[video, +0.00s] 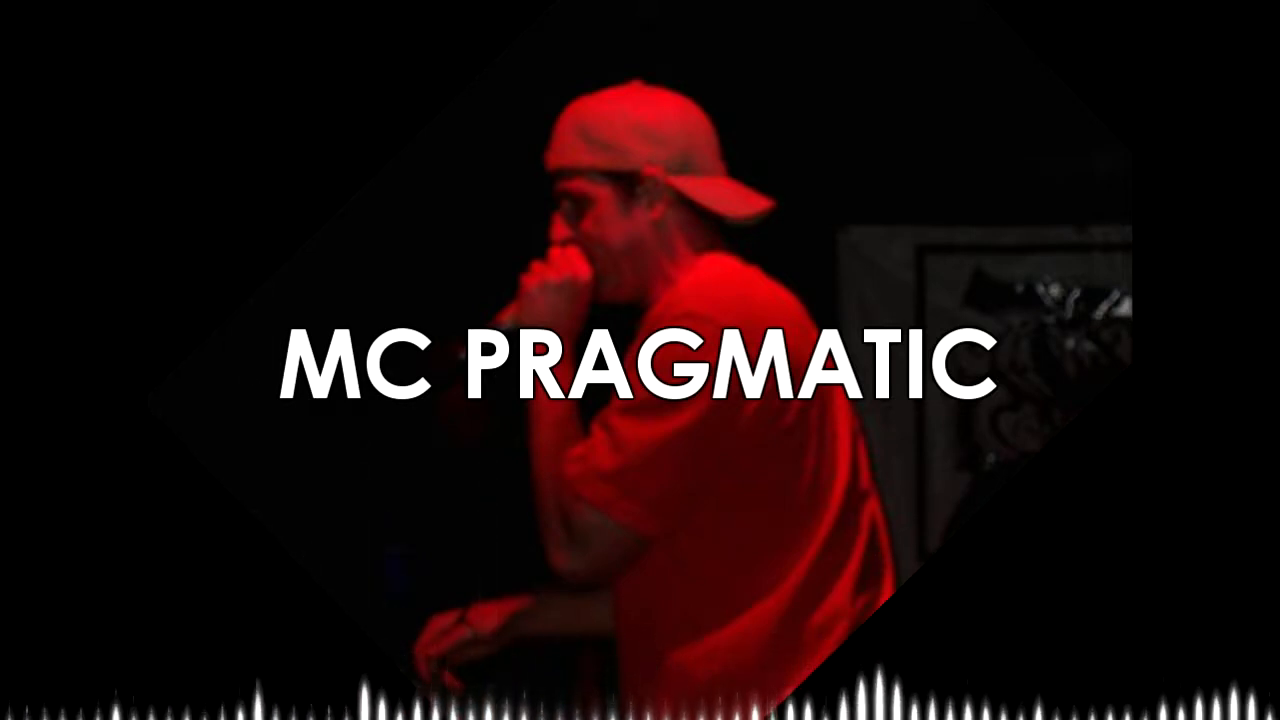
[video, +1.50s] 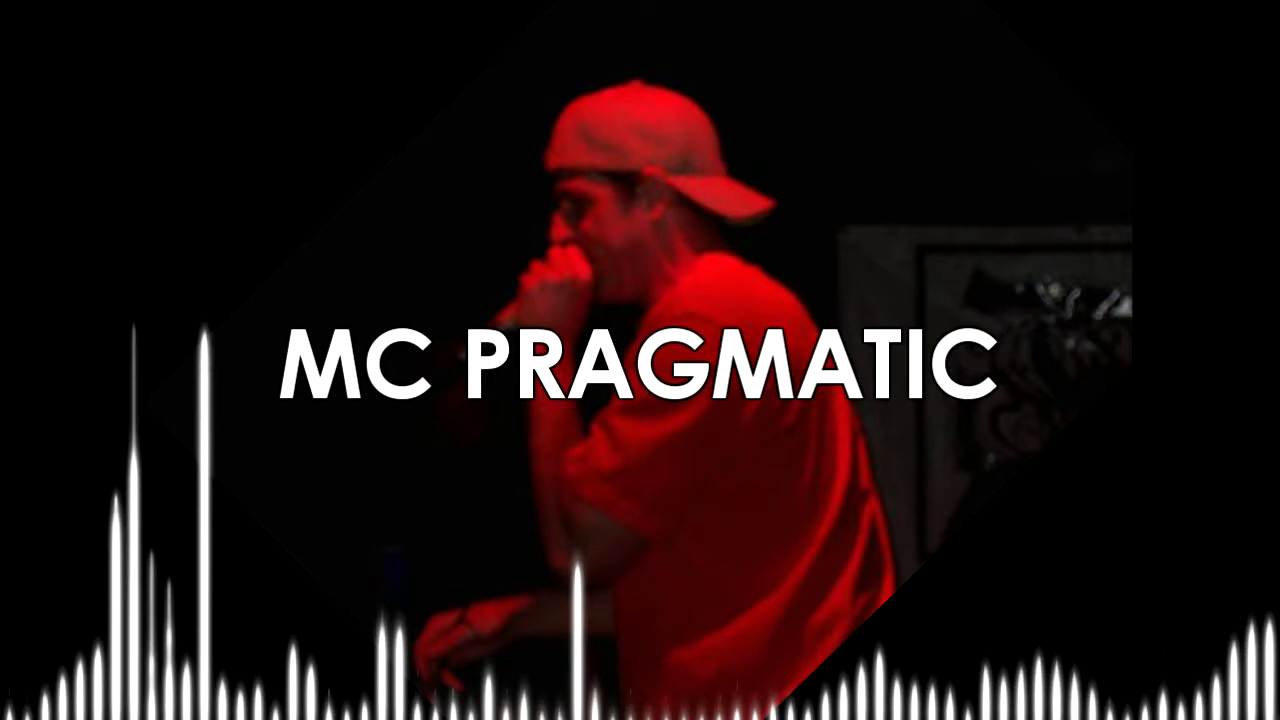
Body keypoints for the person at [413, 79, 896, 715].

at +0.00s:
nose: (560, 234)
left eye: (577, 206)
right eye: (559, 209)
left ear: (652, 198)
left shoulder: (707, 313)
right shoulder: (744, 303)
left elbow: (577, 544)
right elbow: (697, 581)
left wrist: (545, 347)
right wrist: (518, 620)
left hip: (738, 705)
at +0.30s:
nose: (560, 233)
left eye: (577, 206)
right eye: (560, 209)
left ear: (652, 199)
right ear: (650, 201)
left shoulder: (706, 313)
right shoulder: (747, 303)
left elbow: (578, 544)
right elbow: (699, 578)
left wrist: (546, 347)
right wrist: (518, 620)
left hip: (731, 706)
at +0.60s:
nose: (560, 233)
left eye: (577, 206)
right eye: (560, 209)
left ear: (652, 198)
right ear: (649, 200)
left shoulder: (706, 314)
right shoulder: (746, 303)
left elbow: (577, 544)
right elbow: (700, 578)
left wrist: (546, 347)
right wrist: (518, 620)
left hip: (734, 704)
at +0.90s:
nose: (559, 234)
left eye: (576, 207)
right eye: (559, 209)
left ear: (652, 200)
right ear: (649, 203)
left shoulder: (706, 313)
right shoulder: (748, 304)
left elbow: (578, 543)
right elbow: (699, 578)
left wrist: (545, 347)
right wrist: (521, 619)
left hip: (739, 704)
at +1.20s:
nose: (559, 234)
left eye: (576, 207)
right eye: (559, 209)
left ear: (653, 200)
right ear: (649, 203)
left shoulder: (706, 314)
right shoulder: (751, 304)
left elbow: (578, 542)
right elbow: (702, 576)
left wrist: (545, 347)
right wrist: (522, 620)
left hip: (725, 704)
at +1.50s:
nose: (559, 234)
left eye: (577, 207)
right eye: (560, 210)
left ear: (653, 199)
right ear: (650, 201)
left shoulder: (707, 313)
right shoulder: (745, 303)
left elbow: (579, 543)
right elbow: (691, 578)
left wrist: (545, 349)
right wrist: (515, 620)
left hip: (738, 706)